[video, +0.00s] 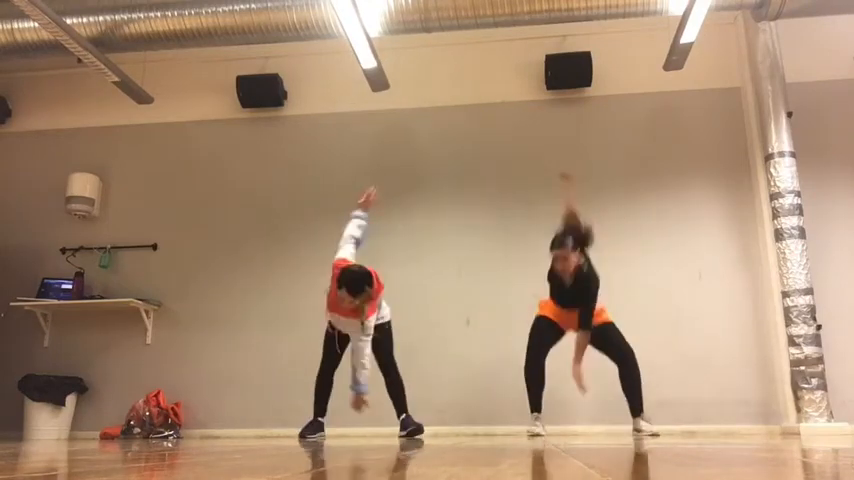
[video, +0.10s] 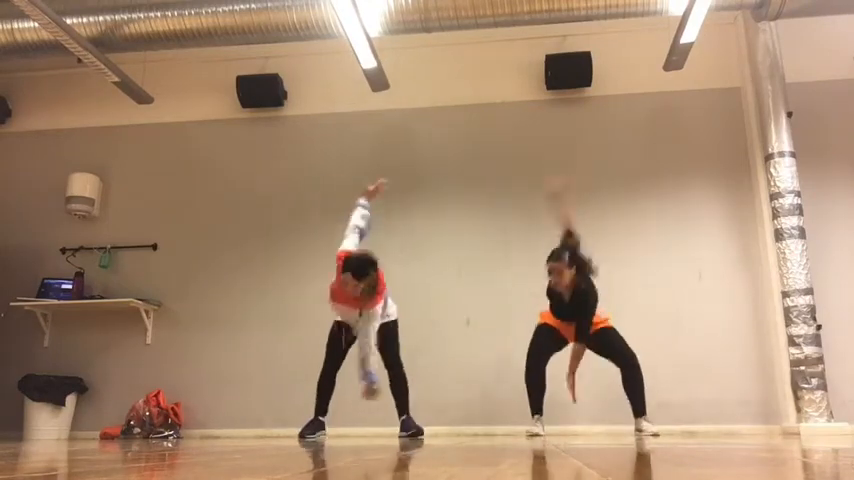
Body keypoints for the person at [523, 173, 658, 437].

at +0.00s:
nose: (561, 266)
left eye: (565, 260)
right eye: (557, 260)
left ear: (578, 255)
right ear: (552, 255)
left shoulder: (589, 278)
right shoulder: (557, 254)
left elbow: (585, 326)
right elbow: (569, 223)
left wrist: (577, 364)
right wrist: (568, 193)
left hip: (589, 317)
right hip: (557, 314)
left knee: (626, 357)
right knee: (534, 354)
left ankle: (638, 419)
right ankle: (536, 418)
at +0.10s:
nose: (553, 279)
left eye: (558, 273)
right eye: (550, 273)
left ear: (572, 271)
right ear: (548, 270)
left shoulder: (586, 292)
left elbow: (581, 338)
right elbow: (569, 233)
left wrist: (571, 372)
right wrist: (561, 198)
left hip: (590, 327)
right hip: (558, 326)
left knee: (628, 361)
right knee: (534, 359)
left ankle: (641, 421)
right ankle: (537, 420)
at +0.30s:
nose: (557, 226)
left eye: (562, 220)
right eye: (552, 221)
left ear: (571, 221)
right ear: (545, 224)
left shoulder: (585, 236)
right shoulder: (538, 248)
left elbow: (621, 253)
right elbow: (519, 284)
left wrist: (646, 281)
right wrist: (498, 313)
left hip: (590, 298)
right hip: (556, 300)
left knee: (613, 354)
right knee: (542, 354)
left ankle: (640, 417)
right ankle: (539, 419)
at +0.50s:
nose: (561, 196)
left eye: (564, 192)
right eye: (555, 191)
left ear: (568, 198)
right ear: (543, 200)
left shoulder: (567, 217)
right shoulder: (542, 227)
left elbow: (575, 203)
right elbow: (557, 219)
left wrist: (588, 188)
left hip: (582, 279)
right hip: (556, 291)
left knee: (608, 290)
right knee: (554, 351)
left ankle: (642, 329)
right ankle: (554, 415)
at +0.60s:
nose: (566, 174)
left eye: (570, 170)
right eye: (561, 170)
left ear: (574, 177)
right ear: (552, 175)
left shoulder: (574, 203)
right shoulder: (545, 194)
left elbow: (581, 231)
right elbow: (533, 174)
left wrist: (606, 231)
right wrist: (562, 156)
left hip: (579, 260)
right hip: (556, 268)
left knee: (612, 256)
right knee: (558, 340)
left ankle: (616, 305)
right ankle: (552, 408)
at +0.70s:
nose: (572, 165)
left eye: (575, 162)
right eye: (566, 162)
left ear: (582, 166)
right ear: (557, 167)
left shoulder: (587, 195)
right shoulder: (551, 180)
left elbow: (591, 234)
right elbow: (529, 181)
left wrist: (599, 216)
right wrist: (538, 178)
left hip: (580, 248)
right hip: (551, 249)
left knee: (621, 267)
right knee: (555, 311)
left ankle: (601, 328)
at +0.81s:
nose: (572, 174)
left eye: (575, 169)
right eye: (567, 170)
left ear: (583, 171)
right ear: (559, 174)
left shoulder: (589, 197)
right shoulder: (549, 191)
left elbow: (610, 222)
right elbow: (530, 217)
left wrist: (598, 202)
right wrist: (512, 218)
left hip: (582, 253)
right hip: (553, 245)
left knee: (608, 305)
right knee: (548, 265)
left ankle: (596, 373)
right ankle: (539, 307)